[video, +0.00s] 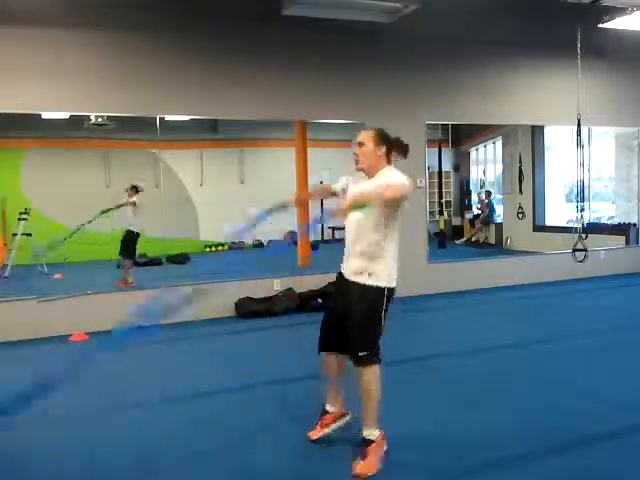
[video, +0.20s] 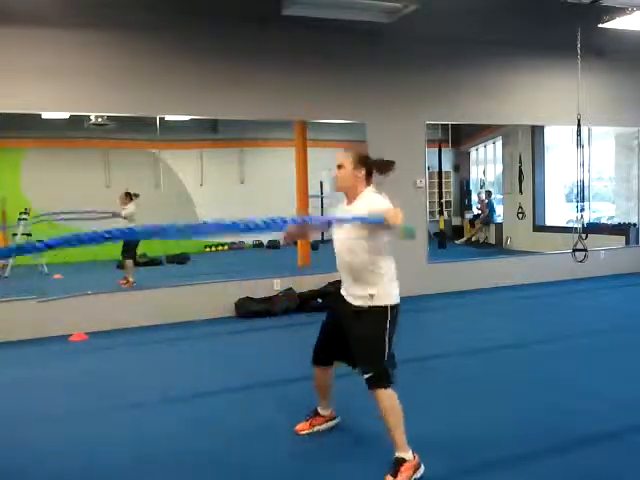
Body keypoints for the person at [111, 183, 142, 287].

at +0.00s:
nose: (127, 192)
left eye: (129, 191)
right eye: (128, 190)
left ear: (134, 192)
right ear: (133, 192)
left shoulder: (134, 202)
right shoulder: (130, 202)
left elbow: (125, 204)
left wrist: (112, 209)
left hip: (133, 229)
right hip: (129, 229)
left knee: (126, 255)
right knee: (126, 255)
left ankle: (127, 279)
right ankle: (126, 278)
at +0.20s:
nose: (121, 202)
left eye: (122, 199)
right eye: (121, 199)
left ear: (127, 199)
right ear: (129, 198)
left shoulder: (131, 208)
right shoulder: (129, 207)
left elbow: (124, 214)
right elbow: (124, 214)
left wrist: (117, 214)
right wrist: (117, 214)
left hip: (132, 233)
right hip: (130, 232)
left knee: (128, 256)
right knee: (126, 256)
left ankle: (130, 279)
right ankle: (127, 277)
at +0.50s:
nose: (119, 193)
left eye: (121, 191)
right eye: (119, 191)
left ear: (126, 191)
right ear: (126, 191)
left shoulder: (130, 199)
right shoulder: (124, 201)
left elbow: (128, 210)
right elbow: (120, 211)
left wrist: (116, 211)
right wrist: (111, 211)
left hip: (126, 228)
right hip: (121, 227)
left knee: (117, 253)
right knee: (115, 252)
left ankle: (118, 274)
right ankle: (116, 274)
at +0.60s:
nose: (120, 196)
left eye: (122, 194)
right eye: (120, 194)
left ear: (126, 194)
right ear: (128, 195)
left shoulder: (128, 204)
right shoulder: (124, 204)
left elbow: (117, 215)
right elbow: (116, 216)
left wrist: (103, 213)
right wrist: (104, 219)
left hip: (122, 233)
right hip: (120, 232)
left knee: (113, 257)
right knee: (114, 257)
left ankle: (113, 278)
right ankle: (113, 277)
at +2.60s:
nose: (117, 195)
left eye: (119, 194)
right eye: (118, 193)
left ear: (124, 195)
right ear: (123, 195)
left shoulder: (124, 205)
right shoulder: (120, 204)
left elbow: (122, 216)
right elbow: (116, 217)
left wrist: (108, 217)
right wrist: (102, 219)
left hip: (121, 236)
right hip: (117, 235)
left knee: (116, 260)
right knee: (114, 259)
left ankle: (116, 279)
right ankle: (115, 279)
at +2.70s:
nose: (118, 189)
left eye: (120, 187)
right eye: (119, 187)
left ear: (124, 189)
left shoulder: (125, 197)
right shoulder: (118, 199)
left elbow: (124, 204)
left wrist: (104, 204)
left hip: (121, 231)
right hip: (115, 230)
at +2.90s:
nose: (108, 197)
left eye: (110, 195)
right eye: (109, 195)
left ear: (114, 195)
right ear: (114, 195)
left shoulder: (119, 205)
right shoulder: (113, 205)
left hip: (121, 234)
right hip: (116, 234)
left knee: (120, 259)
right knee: (116, 259)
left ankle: (122, 280)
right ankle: (118, 278)